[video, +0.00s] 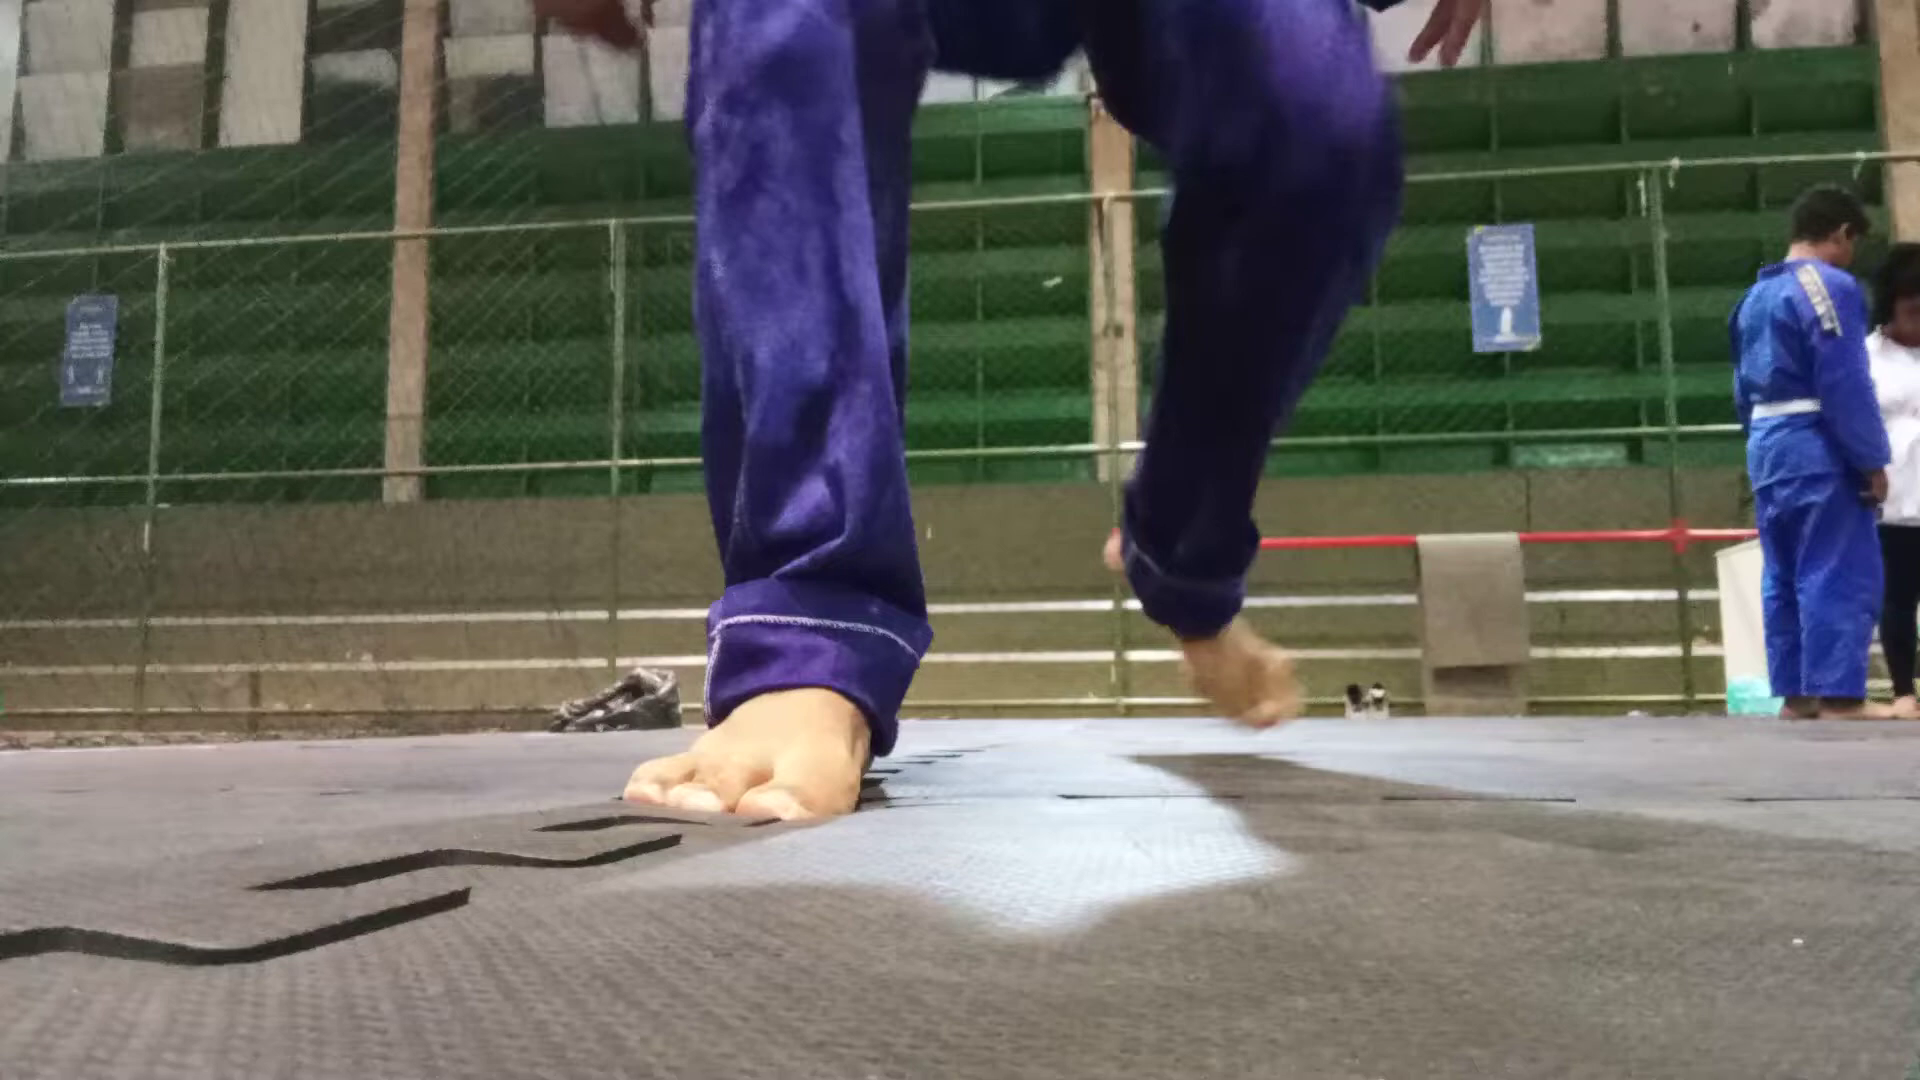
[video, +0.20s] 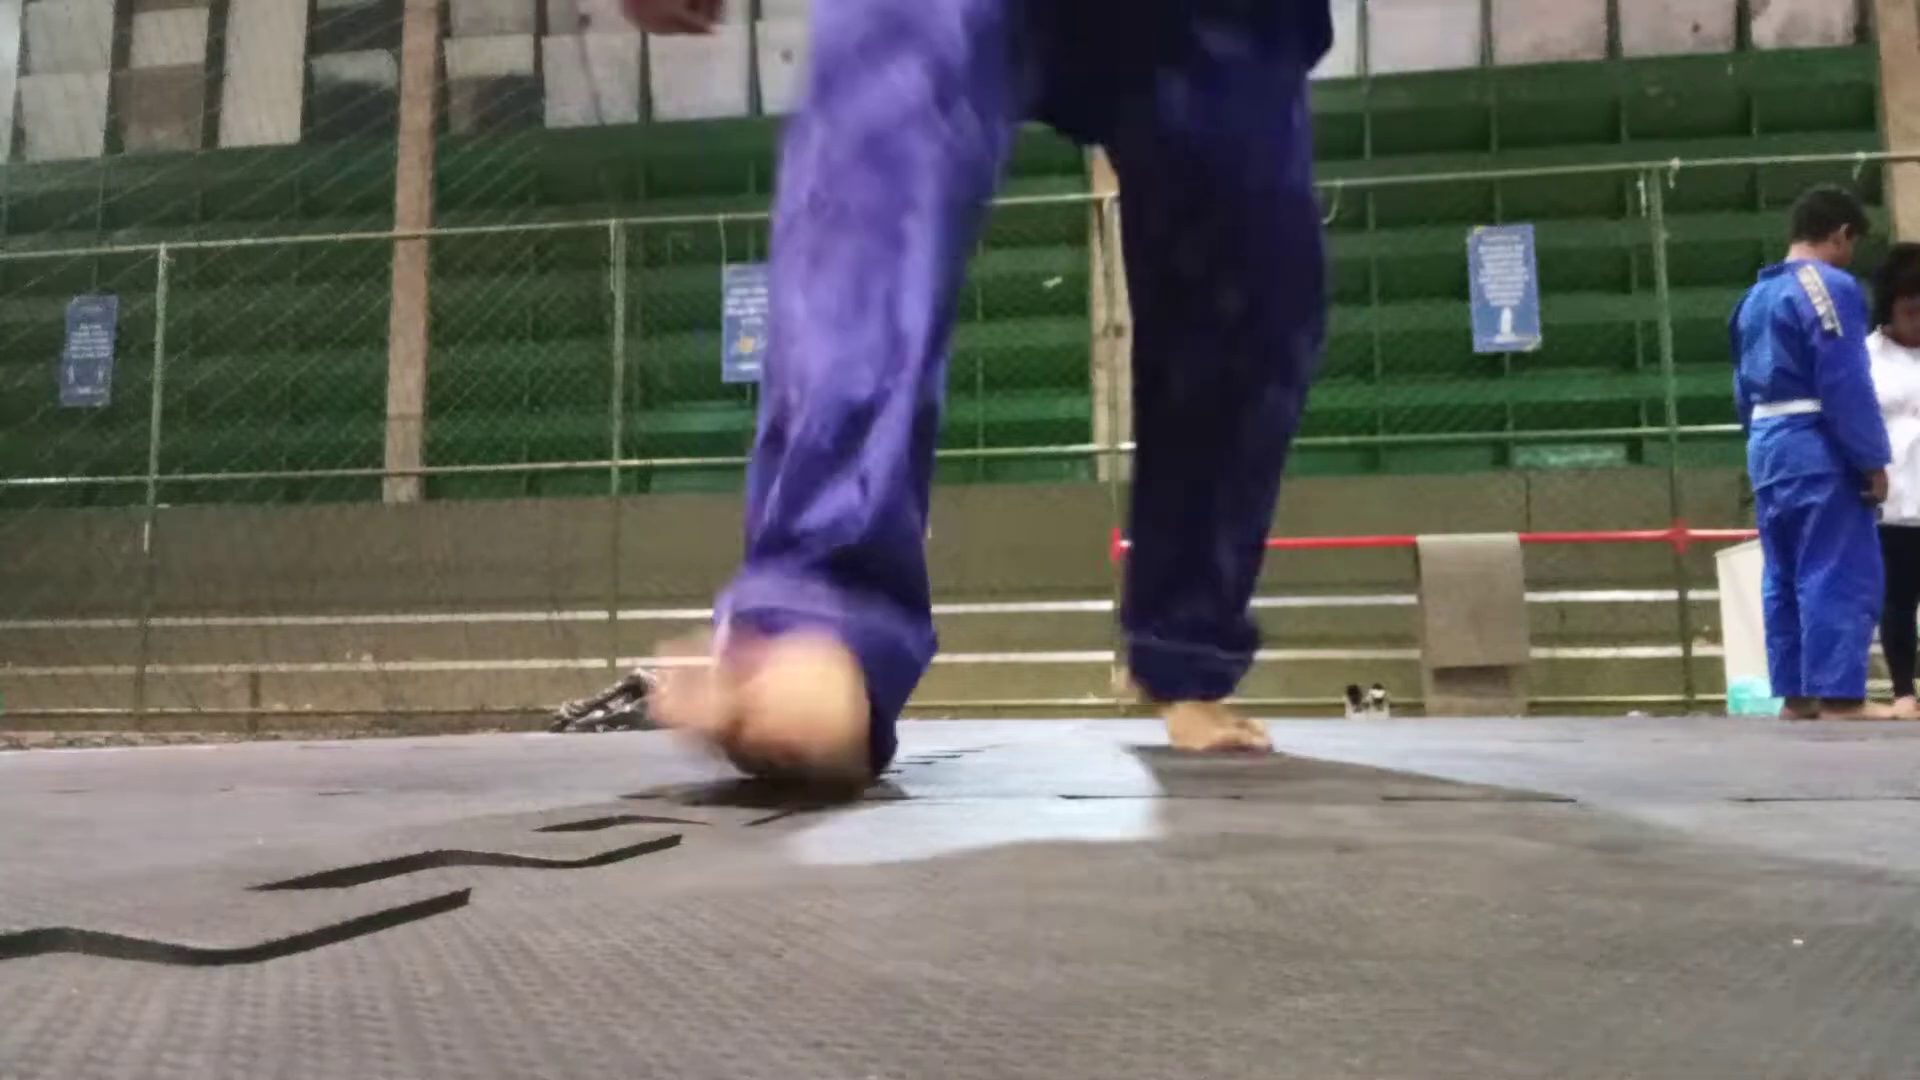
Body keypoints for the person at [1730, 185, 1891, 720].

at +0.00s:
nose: (1853, 255)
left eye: (1855, 245)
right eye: (1854, 243)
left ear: (1797, 232)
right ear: (1839, 234)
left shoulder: (1755, 295)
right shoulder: (1827, 287)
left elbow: (1746, 391)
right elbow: (1845, 386)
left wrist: (1767, 442)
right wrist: (1874, 461)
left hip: (1766, 442)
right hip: (1814, 439)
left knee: (1785, 573)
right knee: (1842, 566)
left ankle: (1794, 696)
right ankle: (1839, 697)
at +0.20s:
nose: (1852, 254)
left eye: (1855, 245)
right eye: (1853, 243)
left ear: (1796, 233)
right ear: (1839, 234)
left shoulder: (1755, 296)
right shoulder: (1828, 288)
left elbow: (1746, 391)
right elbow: (1845, 386)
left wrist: (1767, 442)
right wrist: (1875, 460)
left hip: (1766, 442)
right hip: (1814, 439)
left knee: (1785, 572)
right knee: (1841, 566)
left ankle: (1795, 695)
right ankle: (1839, 696)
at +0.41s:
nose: (1852, 254)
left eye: (1854, 245)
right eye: (1853, 244)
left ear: (1796, 233)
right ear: (1840, 234)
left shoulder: (1755, 297)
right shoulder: (1828, 288)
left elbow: (1747, 391)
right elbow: (1846, 386)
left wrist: (1767, 440)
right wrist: (1875, 460)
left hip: (1766, 441)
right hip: (1815, 438)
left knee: (1785, 572)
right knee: (1840, 567)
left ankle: (1795, 696)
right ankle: (1839, 697)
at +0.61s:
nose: (1852, 253)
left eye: (1855, 244)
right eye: (1853, 243)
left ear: (1797, 233)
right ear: (1841, 235)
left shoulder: (1755, 296)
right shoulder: (1829, 287)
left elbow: (1746, 390)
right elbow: (1847, 385)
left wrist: (1766, 440)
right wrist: (1876, 460)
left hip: (1766, 440)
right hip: (1814, 437)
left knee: (1785, 572)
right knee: (1841, 567)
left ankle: (1795, 696)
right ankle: (1838, 697)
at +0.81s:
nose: (1853, 253)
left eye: (1855, 245)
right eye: (1854, 243)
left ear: (1798, 233)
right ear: (1842, 235)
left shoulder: (1756, 296)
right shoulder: (1831, 288)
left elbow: (1745, 389)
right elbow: (1848, 386)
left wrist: (1765, 442)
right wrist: (1878, 462)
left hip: (1765, 439)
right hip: (1814, 437)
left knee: (1785, 573)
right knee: (1841, 567)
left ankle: (1794, 696)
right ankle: (1837, 697)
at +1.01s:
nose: (1855, 252)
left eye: (1857, 244)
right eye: (1856, 243)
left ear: (1801, 233)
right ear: (1845, 236)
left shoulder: (1757, 296)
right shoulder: (1833, 289)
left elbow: (1745, 390)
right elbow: (1850, 387)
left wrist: (1764, 443)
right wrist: (1881, 464)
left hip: (1764, 440)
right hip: (1815, 438)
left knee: (1784, 572)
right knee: (1840, 567)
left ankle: (1794, 696)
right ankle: (1838, 697)